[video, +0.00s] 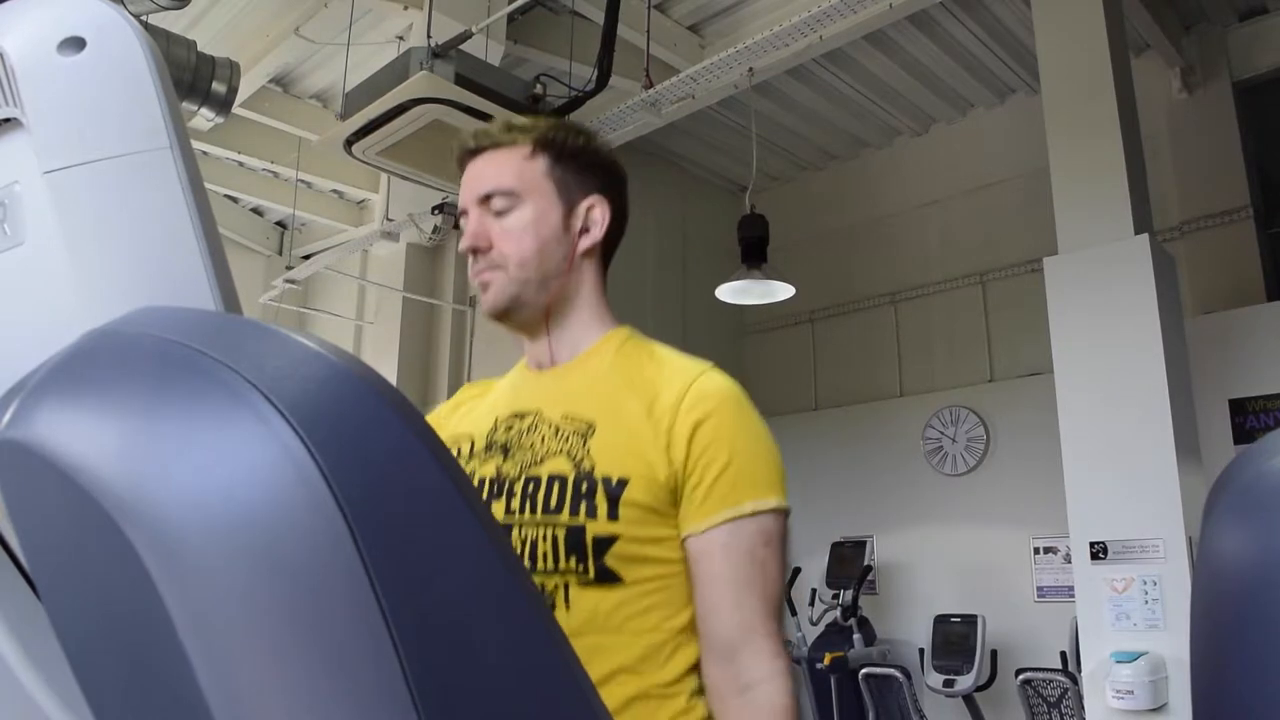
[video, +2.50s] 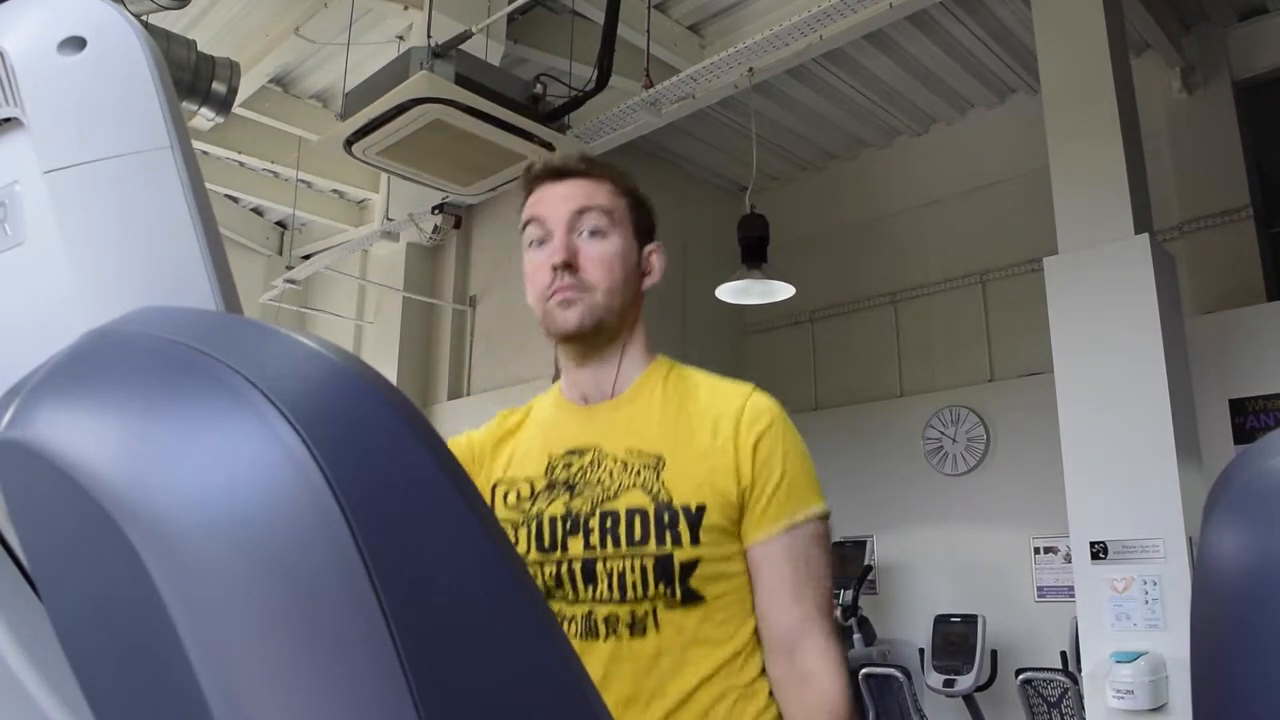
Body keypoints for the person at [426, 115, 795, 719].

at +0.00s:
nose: (469, 239)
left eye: (500, 207)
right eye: (464, 219)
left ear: (588, 224)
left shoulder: (697, 406)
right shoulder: (446, 427)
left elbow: (746, 671)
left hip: (646, 704)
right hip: (463, 703)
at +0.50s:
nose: (485, 247)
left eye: (518, 215)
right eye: (474, 228)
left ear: (600, 234)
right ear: (467, 248)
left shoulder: (703, 404)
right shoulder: (446, 435)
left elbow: (730, 668)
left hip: (640, 704)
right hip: (466, 703)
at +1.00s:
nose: (477, 239)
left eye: (508, 210)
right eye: (462, 222)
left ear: (583, 231)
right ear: (455, 247)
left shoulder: (692, 393)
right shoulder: (435, 432)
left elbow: (753, 616)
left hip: (670, 704)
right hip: (486, 704)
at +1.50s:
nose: (524, 219)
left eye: (558, 192)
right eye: (513, 200)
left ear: (636, 216)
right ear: (506, 221)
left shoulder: (729, 389)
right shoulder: (462, 421)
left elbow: (765, 645)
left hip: (679, 703)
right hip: (497, 703)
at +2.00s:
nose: (517, 242)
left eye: (547, 214)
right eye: (498, 223)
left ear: (612, 239)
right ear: (487, 251)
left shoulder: (707, 392)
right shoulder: (448, 439)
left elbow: (734, 616)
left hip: (664, 704)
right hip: (495, 704)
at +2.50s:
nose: (560, 256)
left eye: (592, 231)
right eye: (537, 240)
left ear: (648, 264)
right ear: (525, 278)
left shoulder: (744, 425)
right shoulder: (471, 463)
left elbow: (802, 656)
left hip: (726, 705)